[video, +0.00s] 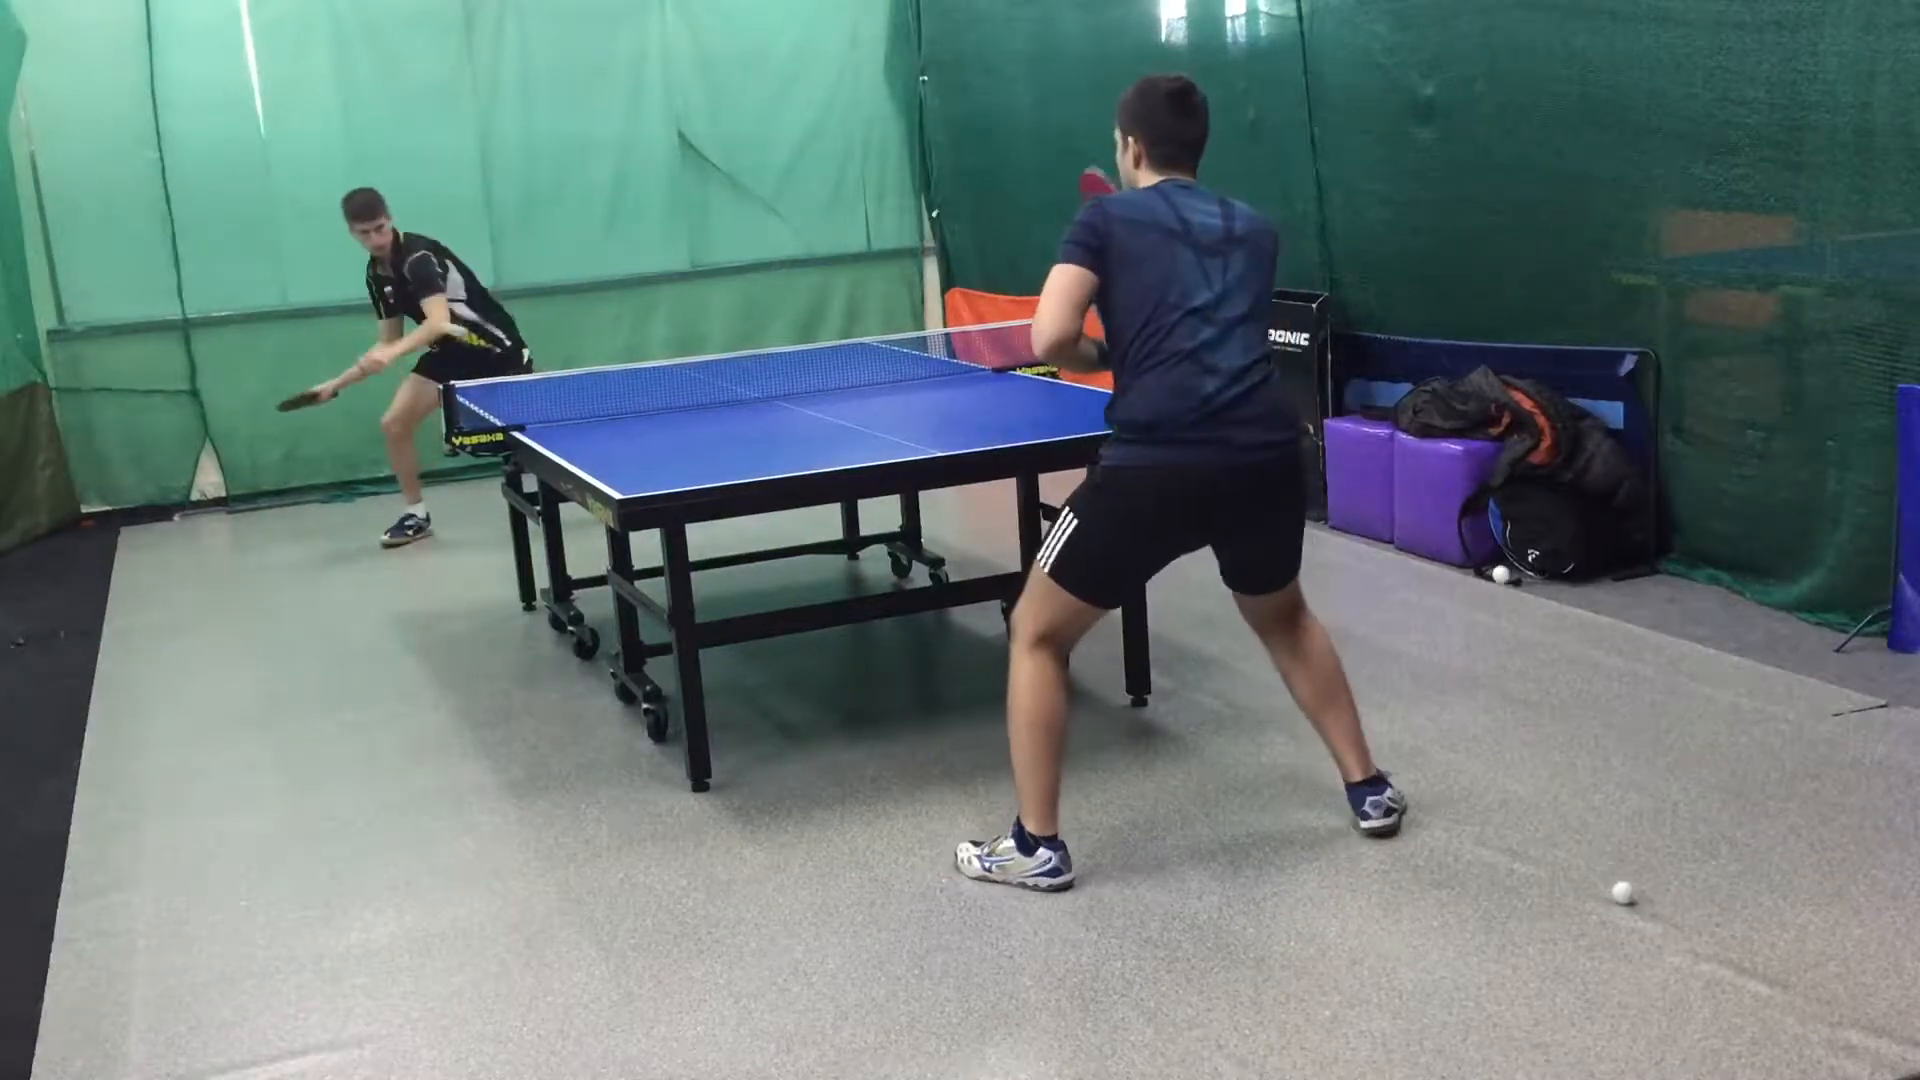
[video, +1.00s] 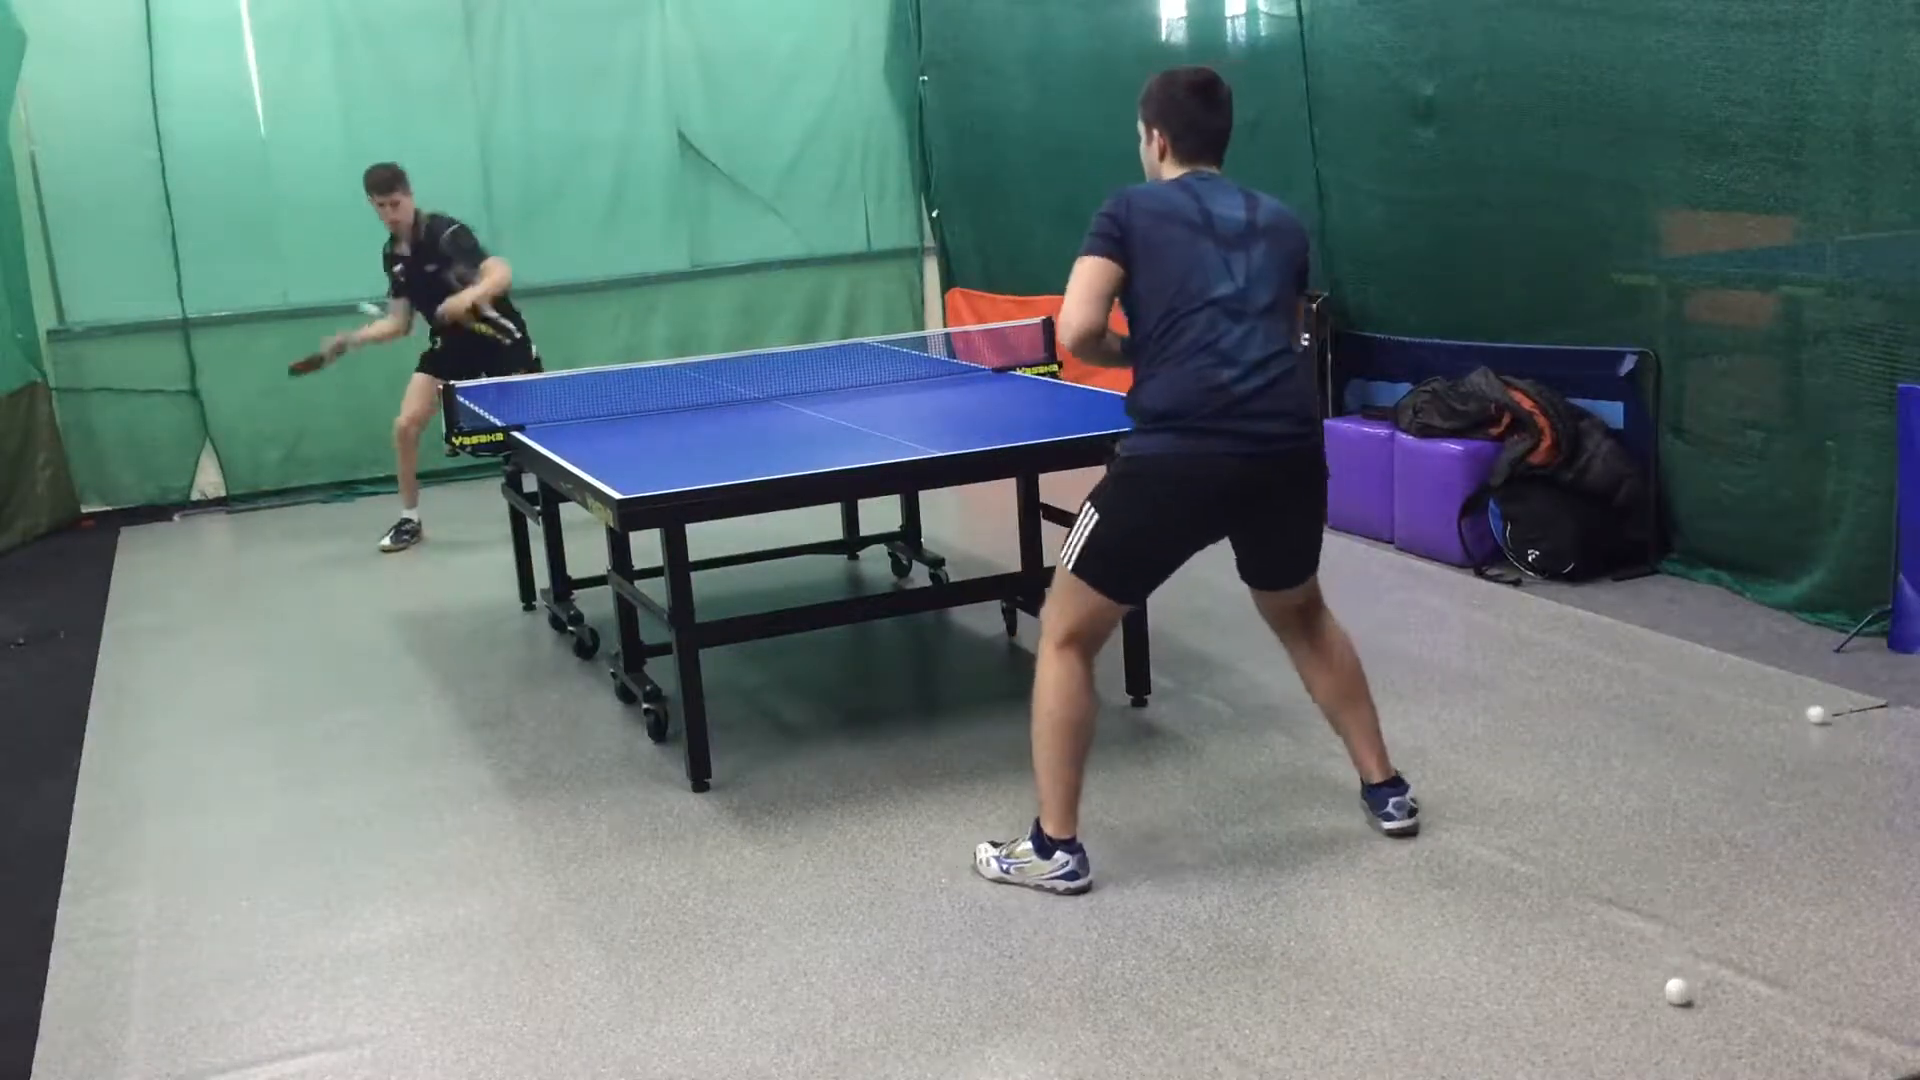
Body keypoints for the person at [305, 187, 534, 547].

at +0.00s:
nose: (375, 240)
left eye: (380, 229)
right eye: (364, 234)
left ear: (390, 219)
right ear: (352, 233)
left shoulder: (418, 256)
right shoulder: (376, 273)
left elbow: (439, 324)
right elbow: (388, 344)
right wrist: (336, 385)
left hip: (501, 350)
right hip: (451, 351)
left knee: (530, 431)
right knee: (395, 425)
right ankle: (416, 513)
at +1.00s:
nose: (389, 215)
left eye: (395, 204)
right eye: (380, 207)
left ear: (410, 197)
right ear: (373, 207)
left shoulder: (445, 231)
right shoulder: (394, 253)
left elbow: (499, 273)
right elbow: (399, 322)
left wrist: (470, 297)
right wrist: (351, 339)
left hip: (500, 336)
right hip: (449, 341)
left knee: (536, 419)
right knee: (407, 424)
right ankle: (410, 518)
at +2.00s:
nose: (460, 194)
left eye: (463, 183)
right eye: (452, 188)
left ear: (479, 175)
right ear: (447, 192)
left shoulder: (530, 206)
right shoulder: (460, 237)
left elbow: (586, 232)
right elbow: (472, 299)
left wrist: (577, 239)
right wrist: (448, 294)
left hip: (559, 329)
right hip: (506, 337)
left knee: (597, 402)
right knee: (465, 414)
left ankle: (618, 491)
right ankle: (434, 506)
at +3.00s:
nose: (447, 176)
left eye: (452, 166)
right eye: (438, 171)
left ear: (468, 163)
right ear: (432, 176)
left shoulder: (506, 203)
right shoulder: (440, 217)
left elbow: (571, 234)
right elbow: (467, 231)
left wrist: (593, 217)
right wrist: (517, 184)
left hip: (529, 330)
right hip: (481, 344)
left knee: (584, 388)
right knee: (455, 431)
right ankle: (437, 510)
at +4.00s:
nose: (436, 190)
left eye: (439, 181)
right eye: (425, 185)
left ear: (448, 179)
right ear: (410, 189)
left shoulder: (474, 221)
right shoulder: (411, 237)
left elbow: (539, 252)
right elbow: (433, 284)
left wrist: (569, 241)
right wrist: (469, 225)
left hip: (480, 348)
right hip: (434, 361)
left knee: (552, 394)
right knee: (423, 451)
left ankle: (592, 493)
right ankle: (380, 526)